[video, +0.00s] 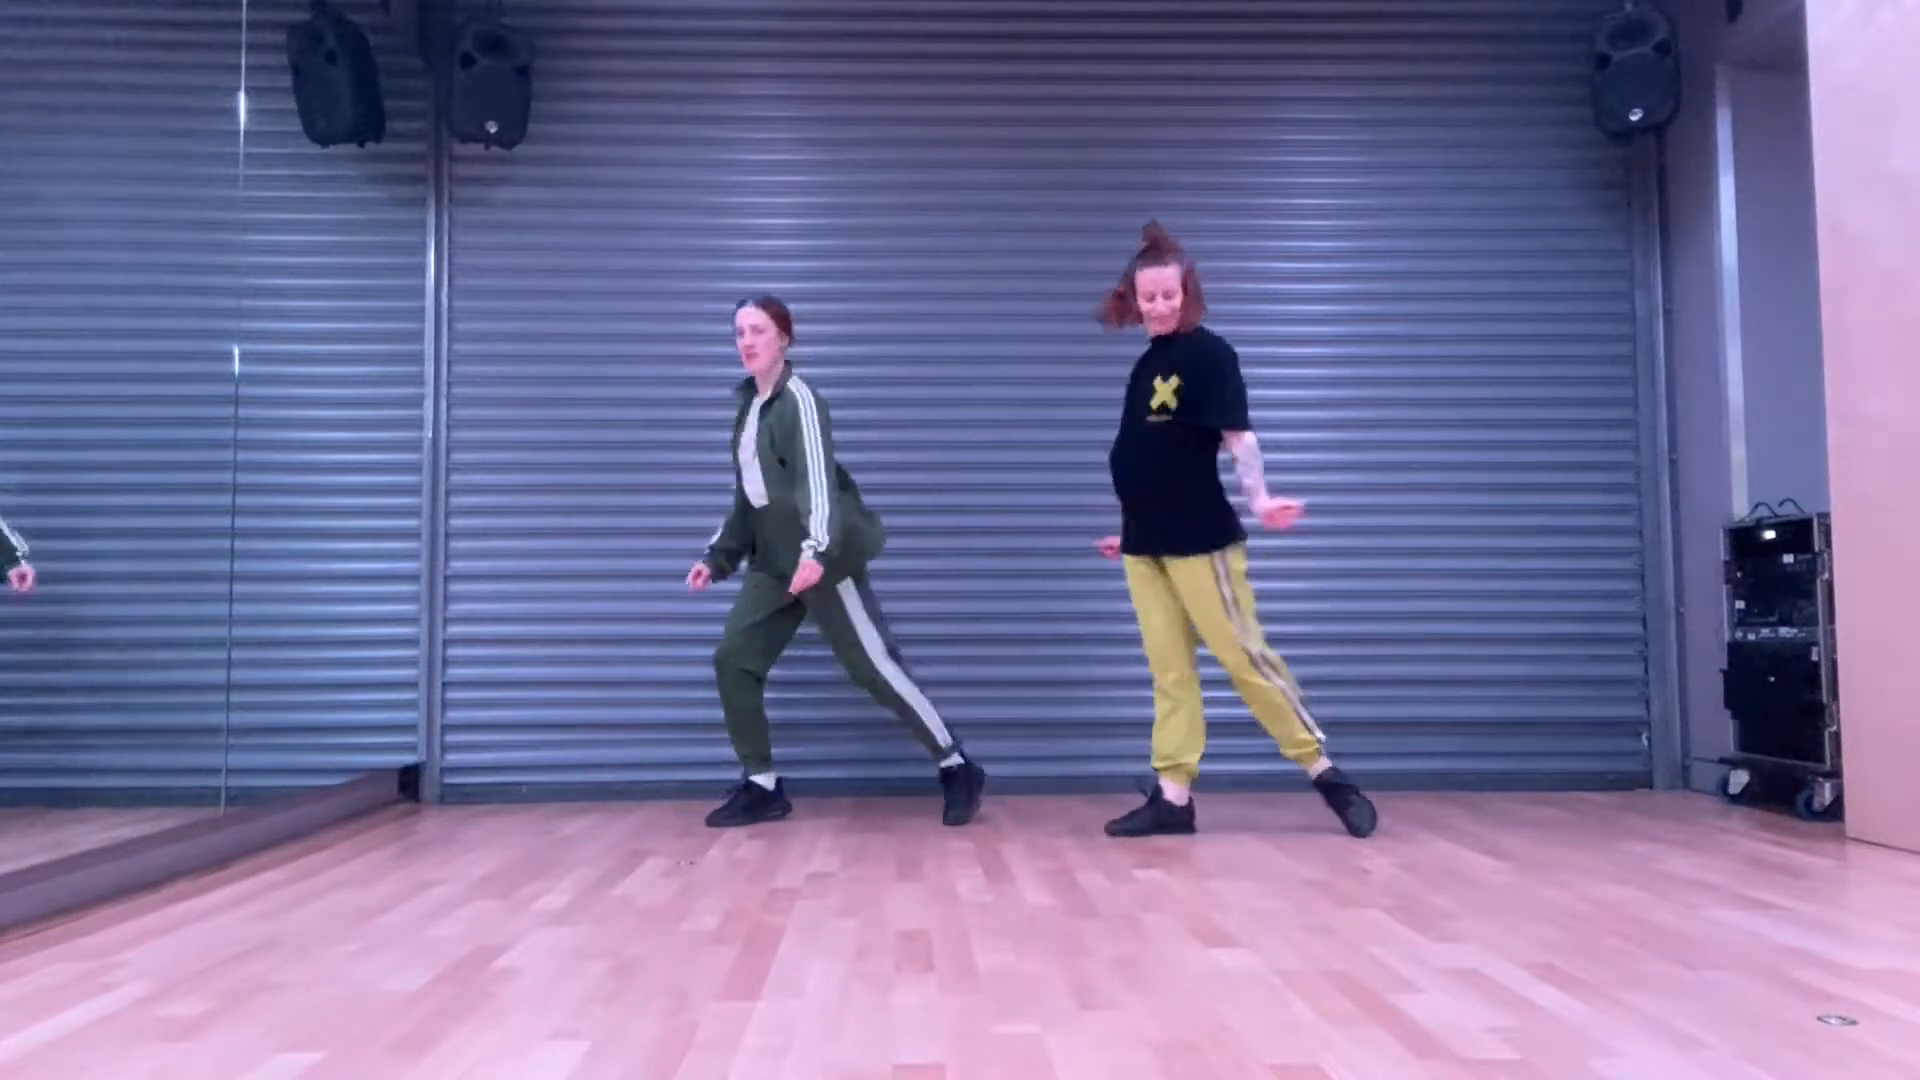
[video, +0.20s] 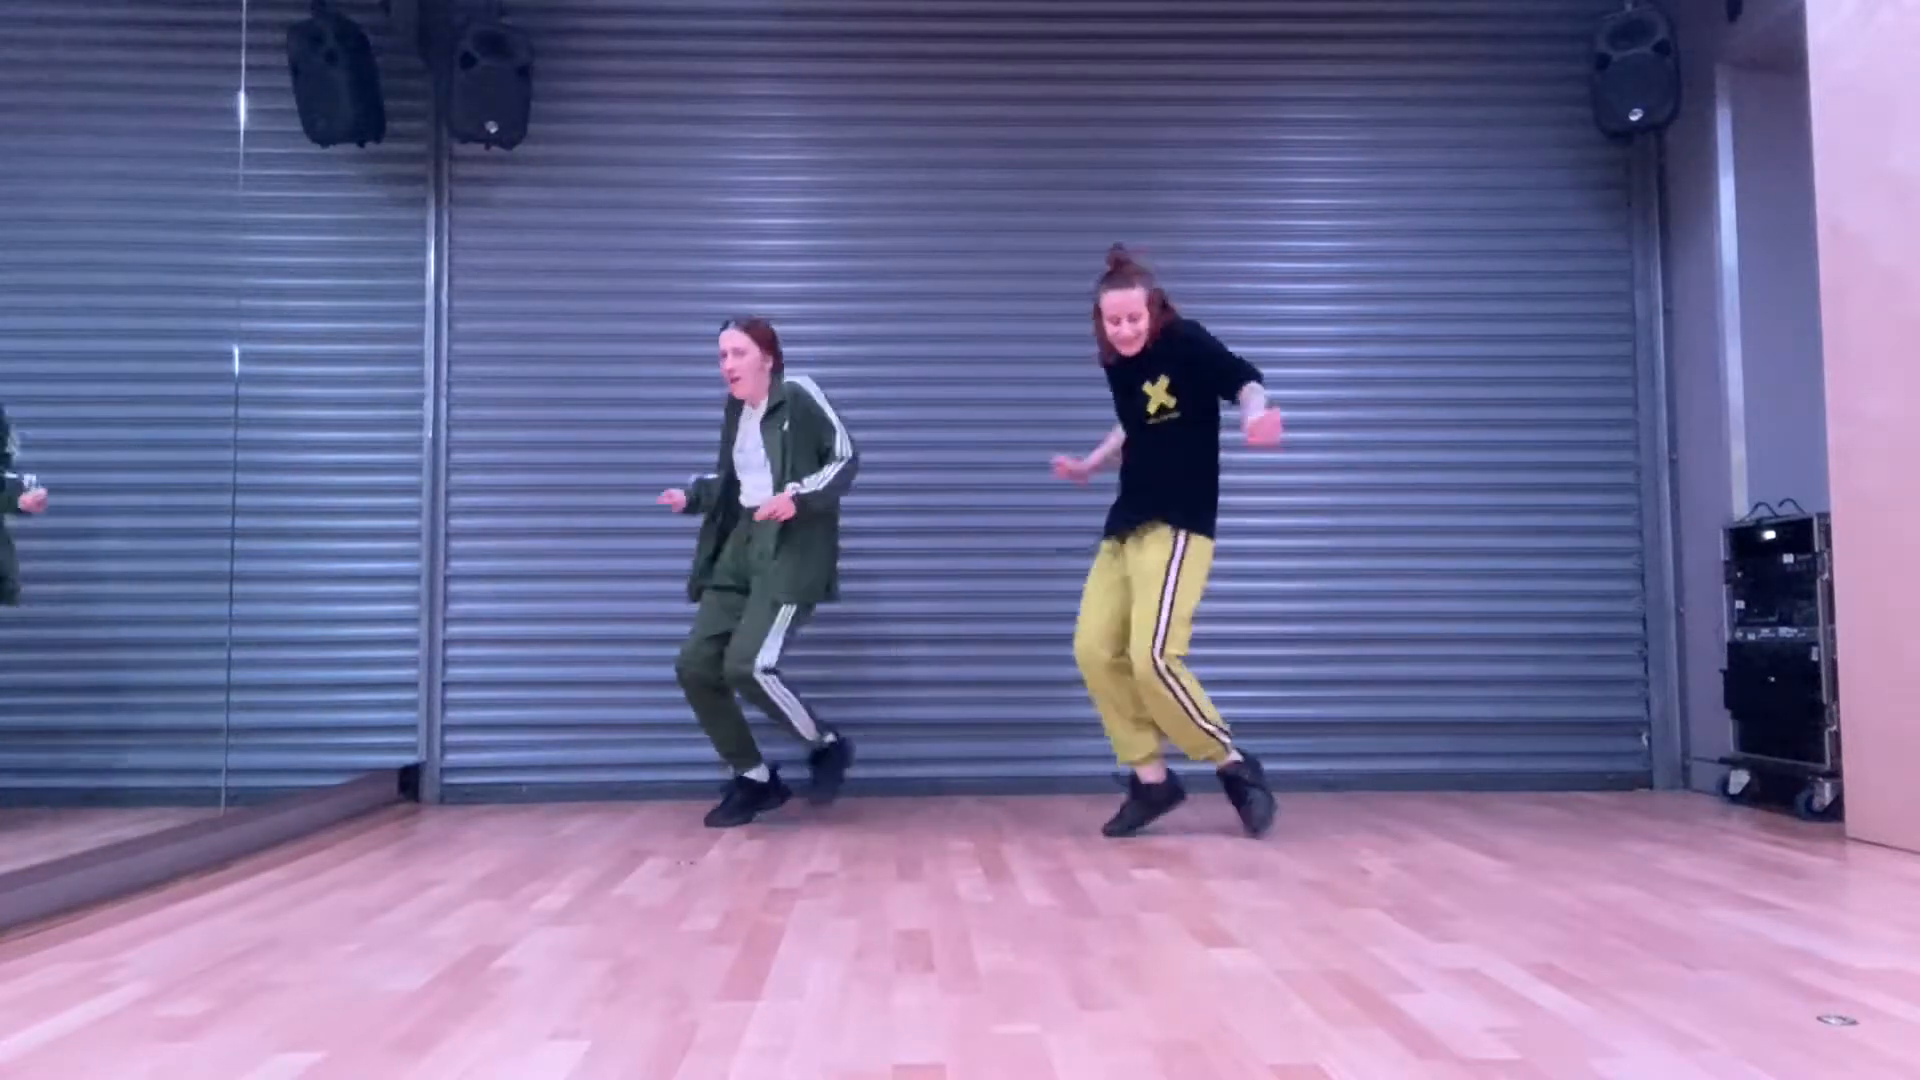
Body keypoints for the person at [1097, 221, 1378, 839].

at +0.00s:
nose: (1160, 306)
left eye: (1170, 293)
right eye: (1149, 296)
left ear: (1187, 293)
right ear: (1133, 300)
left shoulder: (1209, 354)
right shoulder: (1146, 363)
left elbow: (1238, 439)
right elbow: (1148, 455)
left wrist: (1261, 499)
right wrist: (1131, 531)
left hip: (1200, 537)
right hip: (1145, 540)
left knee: (1246, 659)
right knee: (1169, 671)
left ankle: (1325, 776)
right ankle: (1173, 799)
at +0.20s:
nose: (1122, 330)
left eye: (1133, 317)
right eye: (1112, 320)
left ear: (1154, 312)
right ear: (1099, 320)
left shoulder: (1185, 345)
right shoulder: (1116, 365)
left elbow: (1248, 388)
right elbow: (1136, 427)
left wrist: (1256, 421)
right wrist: (1089, 465)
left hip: (1178, 528)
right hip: (1125, 530)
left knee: (1153, 658)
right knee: (1095, 651)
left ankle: (1234, 768)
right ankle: (1152, 782)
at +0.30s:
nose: (1112, 347)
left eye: (1122, 335)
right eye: (1102, 336)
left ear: (1141, 337)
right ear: (1087, 340)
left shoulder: (1165, 382)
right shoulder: (1088, 399)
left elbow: (1219, 437)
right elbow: (1077, 467)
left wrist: (1230, 471)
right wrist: (1029, 516)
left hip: (1194, 556)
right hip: (1132, 555)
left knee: (1137, 653)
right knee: (1072, 639)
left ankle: (1188, 775)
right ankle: (1116, 765)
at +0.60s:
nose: (1113, 315)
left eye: (1125, 305)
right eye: (1103, 303)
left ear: (1140, 315)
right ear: (1085, 311)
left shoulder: (1159, 376)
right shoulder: (1067, 381)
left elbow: (1232, 428)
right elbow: (1055, 455)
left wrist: (1307, 460)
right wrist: (1047, 465)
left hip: (1189, 543)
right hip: (1123, 549)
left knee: (1161, 659)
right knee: (1108, 649)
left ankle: (1170, 792)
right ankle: (1127, 771)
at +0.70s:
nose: (1123, 308)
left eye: (1134, 299)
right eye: (1113, 297)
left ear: (1150, 308)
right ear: (1097, 305)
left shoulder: (1173, 375)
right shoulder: (1072, 365)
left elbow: (1262, 400)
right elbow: (1047, 433)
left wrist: (1352, 407)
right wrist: (1075, 431)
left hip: (1186, 532)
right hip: (1120, 533)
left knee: (1177, 657)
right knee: (1113, 607)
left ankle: (1176, 793)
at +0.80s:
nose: (1138, 291)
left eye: (1148, 281)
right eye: (1128, 281)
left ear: (1165, 293)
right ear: (1111, 291)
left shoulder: (1194, 361)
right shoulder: (1086, 354)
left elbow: (1280, 391)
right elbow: (1043, 410)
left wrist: (1360, 400)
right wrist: (1035, 427)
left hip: (1181, 530)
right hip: (1112, 523)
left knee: (1166, 658)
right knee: (1082, 581)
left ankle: (1174, 791)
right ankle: (1136, 636)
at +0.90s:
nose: (1154, 295)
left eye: (1164, 284)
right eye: (1143, 285)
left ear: (1181, 293)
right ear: (1127, 298)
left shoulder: (1218, 359)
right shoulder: (1108, 363)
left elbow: (1268, 397)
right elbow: (1027, 412)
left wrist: (1288, 405)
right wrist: (945, 444)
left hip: (1178, 536)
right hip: (1107, 523)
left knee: (1148, 663)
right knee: (1033, 597)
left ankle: (1169, 796)